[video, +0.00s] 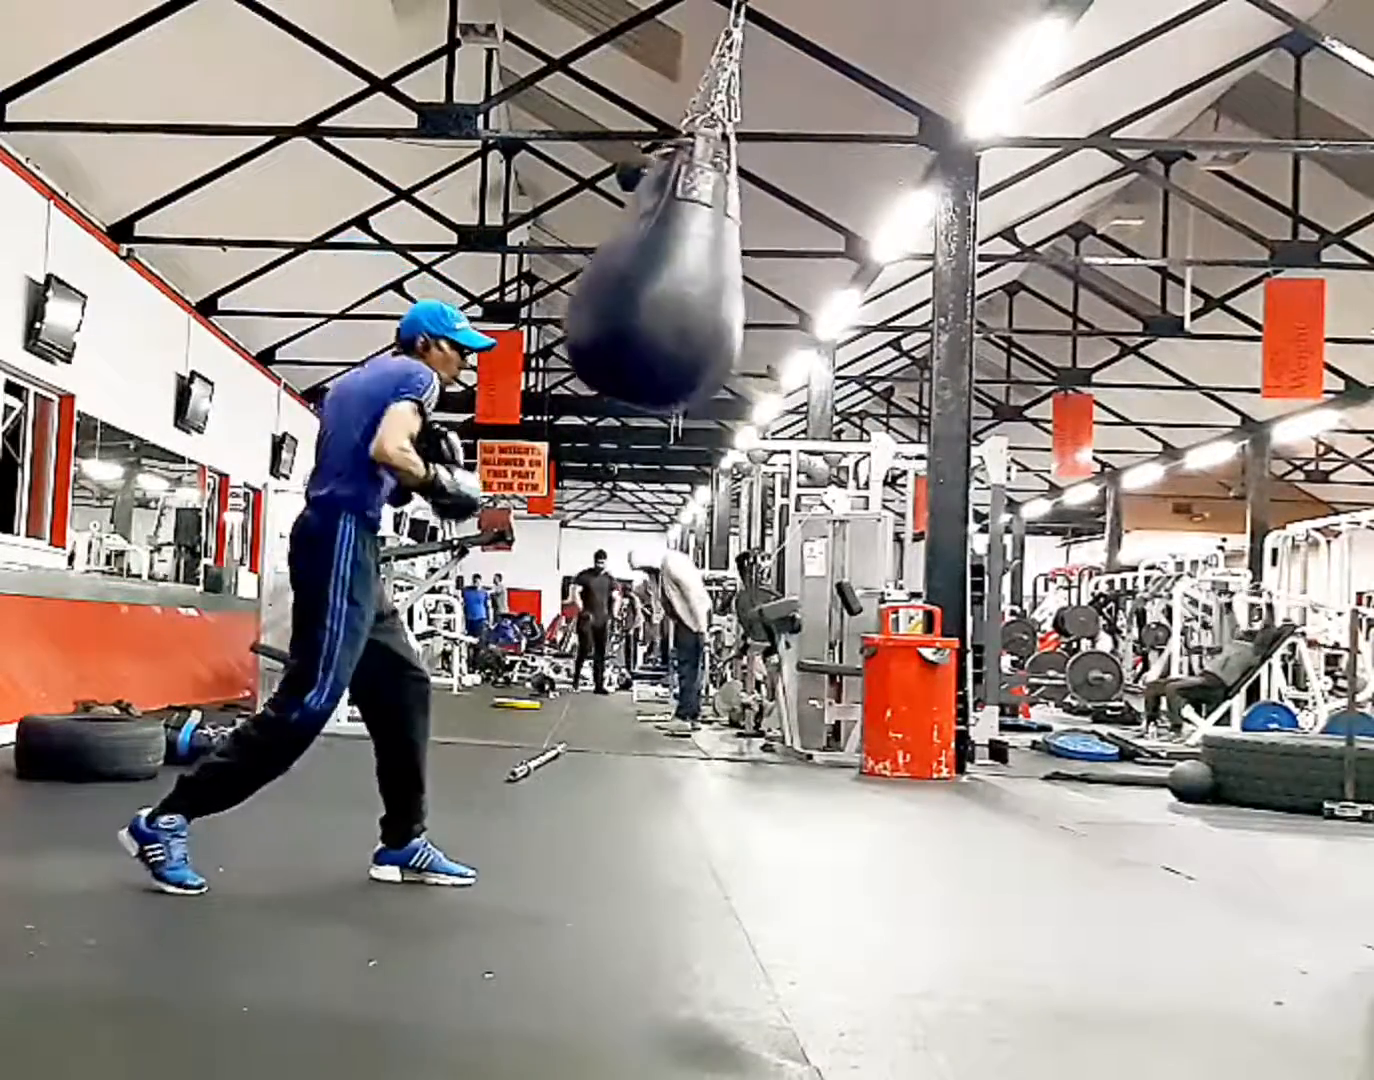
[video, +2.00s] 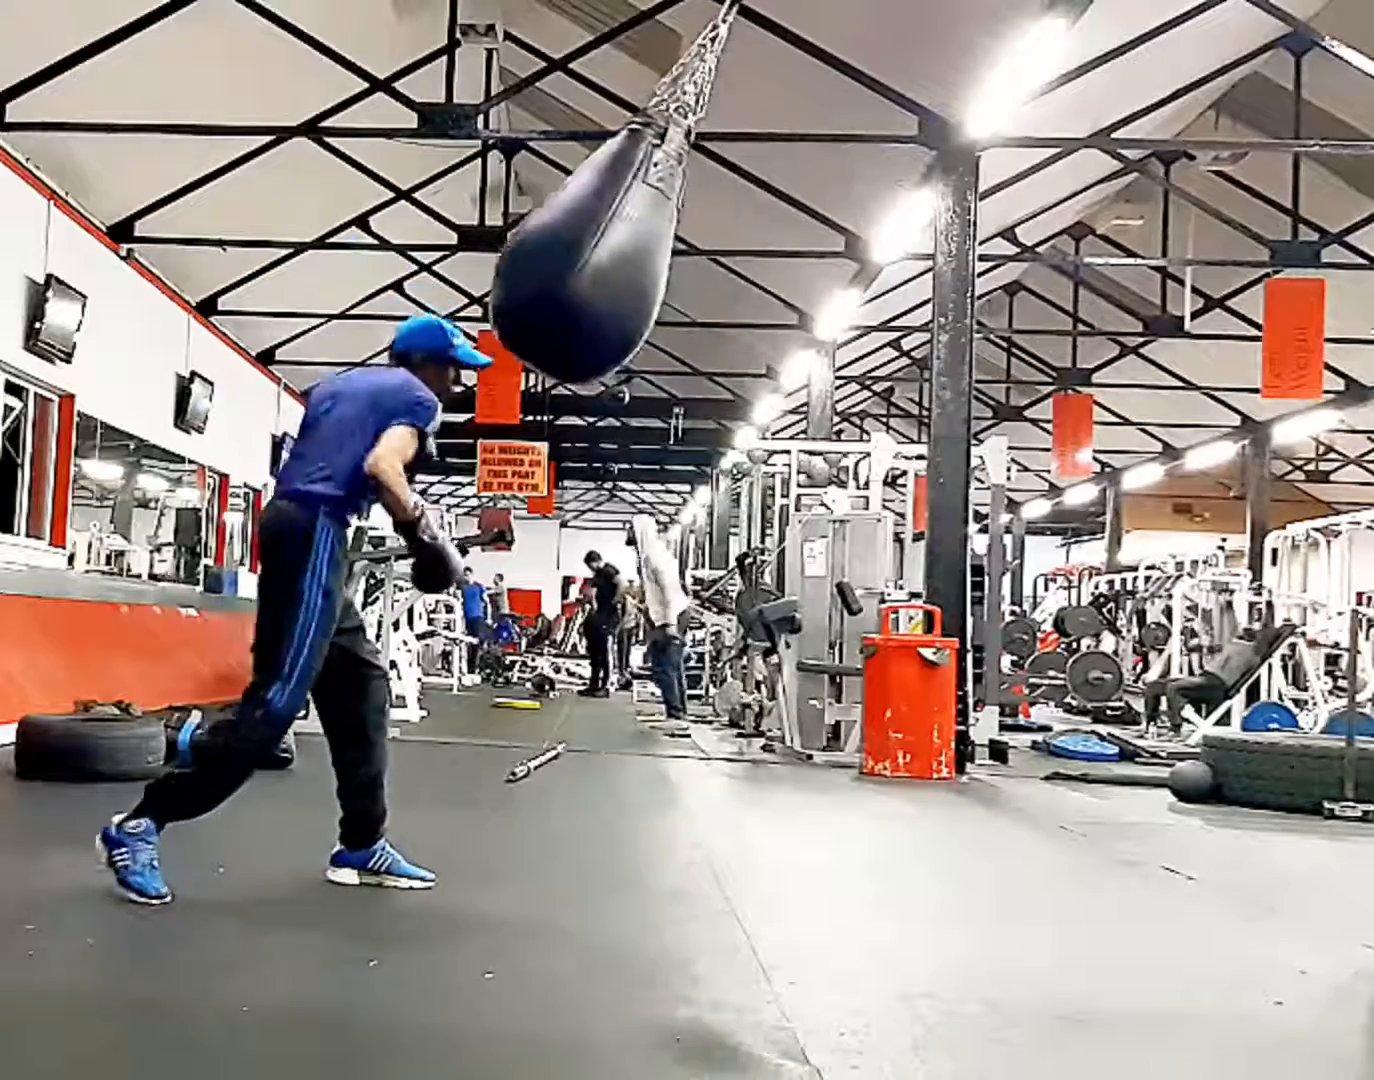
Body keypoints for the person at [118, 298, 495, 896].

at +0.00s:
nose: (465, 365)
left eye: (466, 355)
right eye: (460, 353)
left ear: (413, 343)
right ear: (431, 343)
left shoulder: (355, 383)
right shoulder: (416, 376)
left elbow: (350, 467)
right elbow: (389, 447)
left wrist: (419, 483)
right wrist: (437, 481)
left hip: (338, 540)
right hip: (342, 539)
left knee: (403, 688)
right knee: (308, 704)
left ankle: (402, 842)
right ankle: (164, 823)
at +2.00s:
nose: (457, 383)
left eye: (460, 372)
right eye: (453, 370)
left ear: (402, 357)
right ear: (427, 361)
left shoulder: (340, 384)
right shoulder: (415, 396)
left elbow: (303, 463)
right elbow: (382, 464)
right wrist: (422, 533)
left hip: (285, 520)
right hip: (316, 528)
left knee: (359, 684)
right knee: (277, 704)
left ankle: (363, 844)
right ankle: (139, 827)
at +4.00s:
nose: (516, 387)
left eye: (520, 376)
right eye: (511, 372)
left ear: (479, 369)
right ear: (479, 362)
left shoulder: (440, 417)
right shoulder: (435, 372)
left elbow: (400, 521)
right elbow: (415, 410)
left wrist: (460, 497)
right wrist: (472, 445)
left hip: (361, 545)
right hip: (335, 534)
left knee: (403, 691)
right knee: (303, 717)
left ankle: (425, 850)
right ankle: (183, 846)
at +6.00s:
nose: (446, 338)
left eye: (451, 326)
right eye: (435, 326)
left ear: (456, 324)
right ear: (403, 321)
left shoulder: (482, 371)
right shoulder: (367, 379)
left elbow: (569, 381)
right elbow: (327, 473)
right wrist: (382, 429)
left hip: (443, 568)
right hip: (371, 564)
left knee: (468, 703)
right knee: (309, 684)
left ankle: (498, 834)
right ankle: (256, 833)